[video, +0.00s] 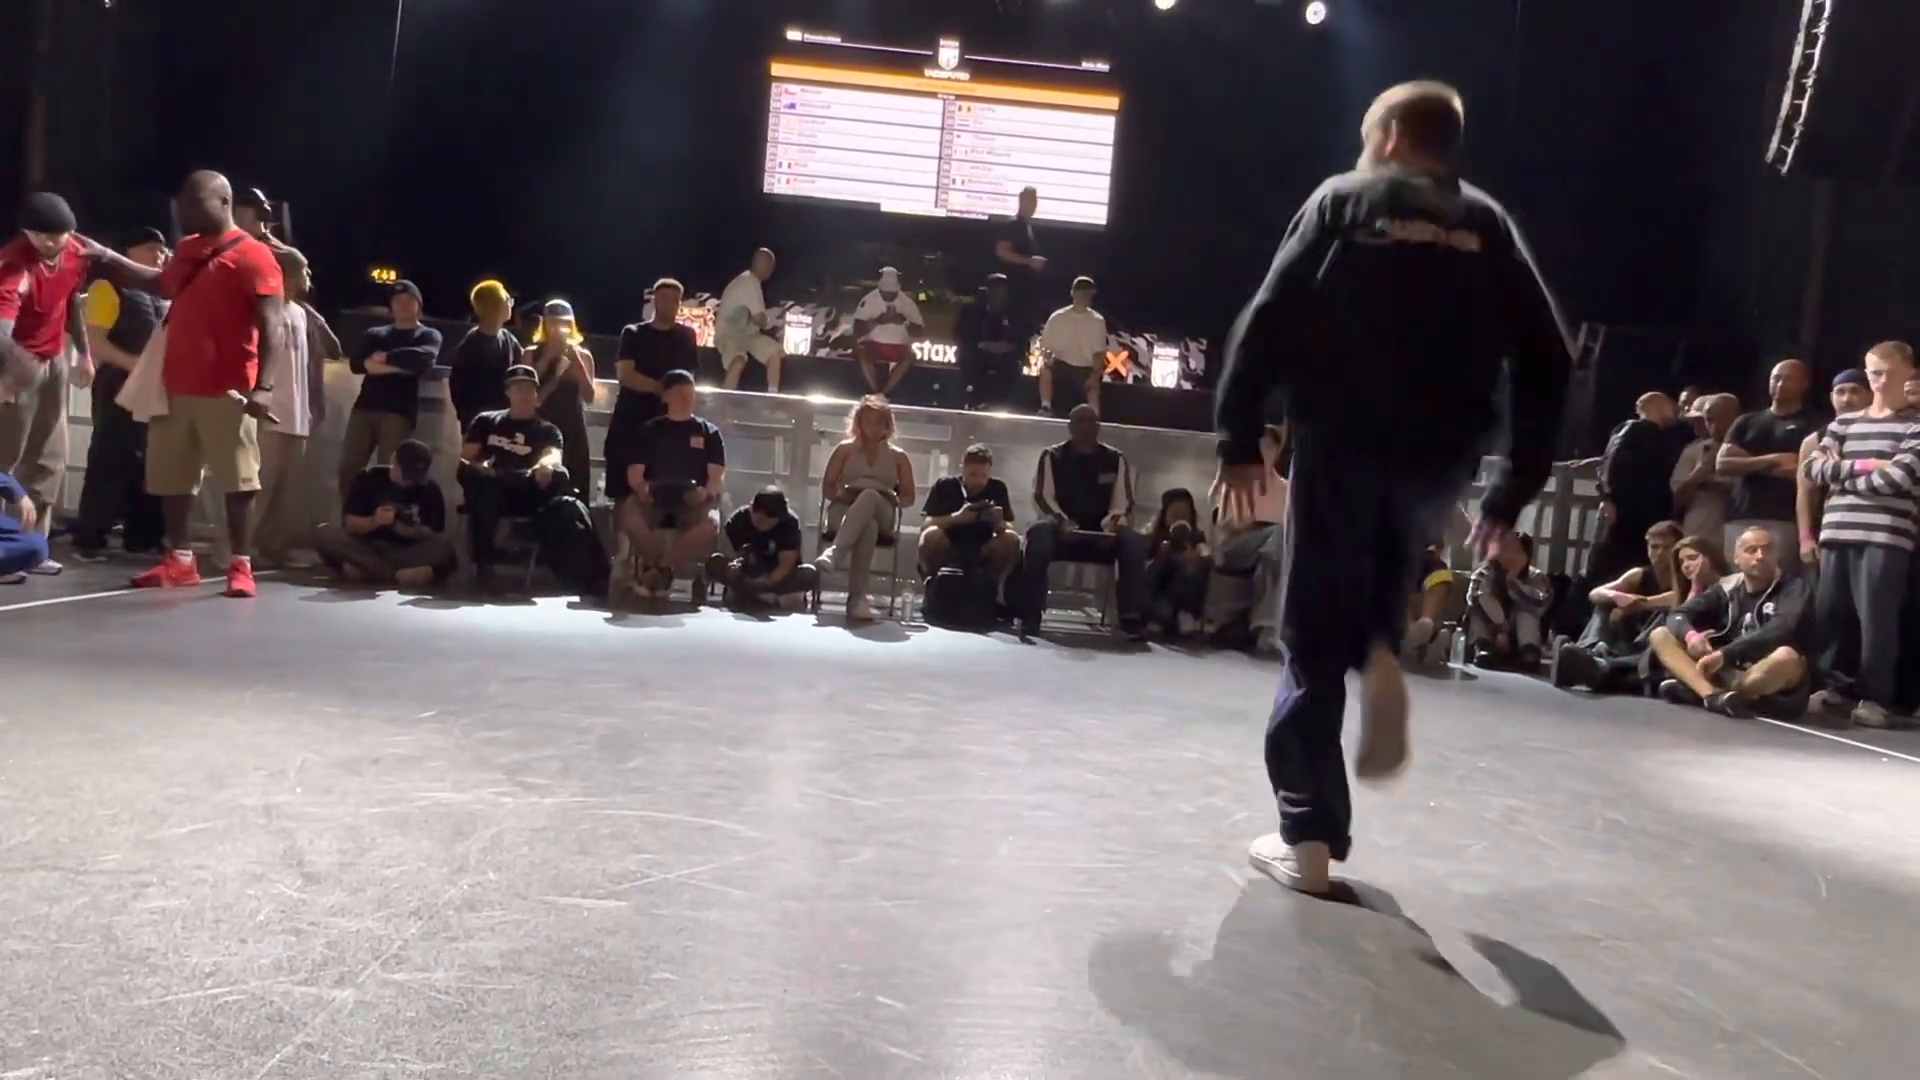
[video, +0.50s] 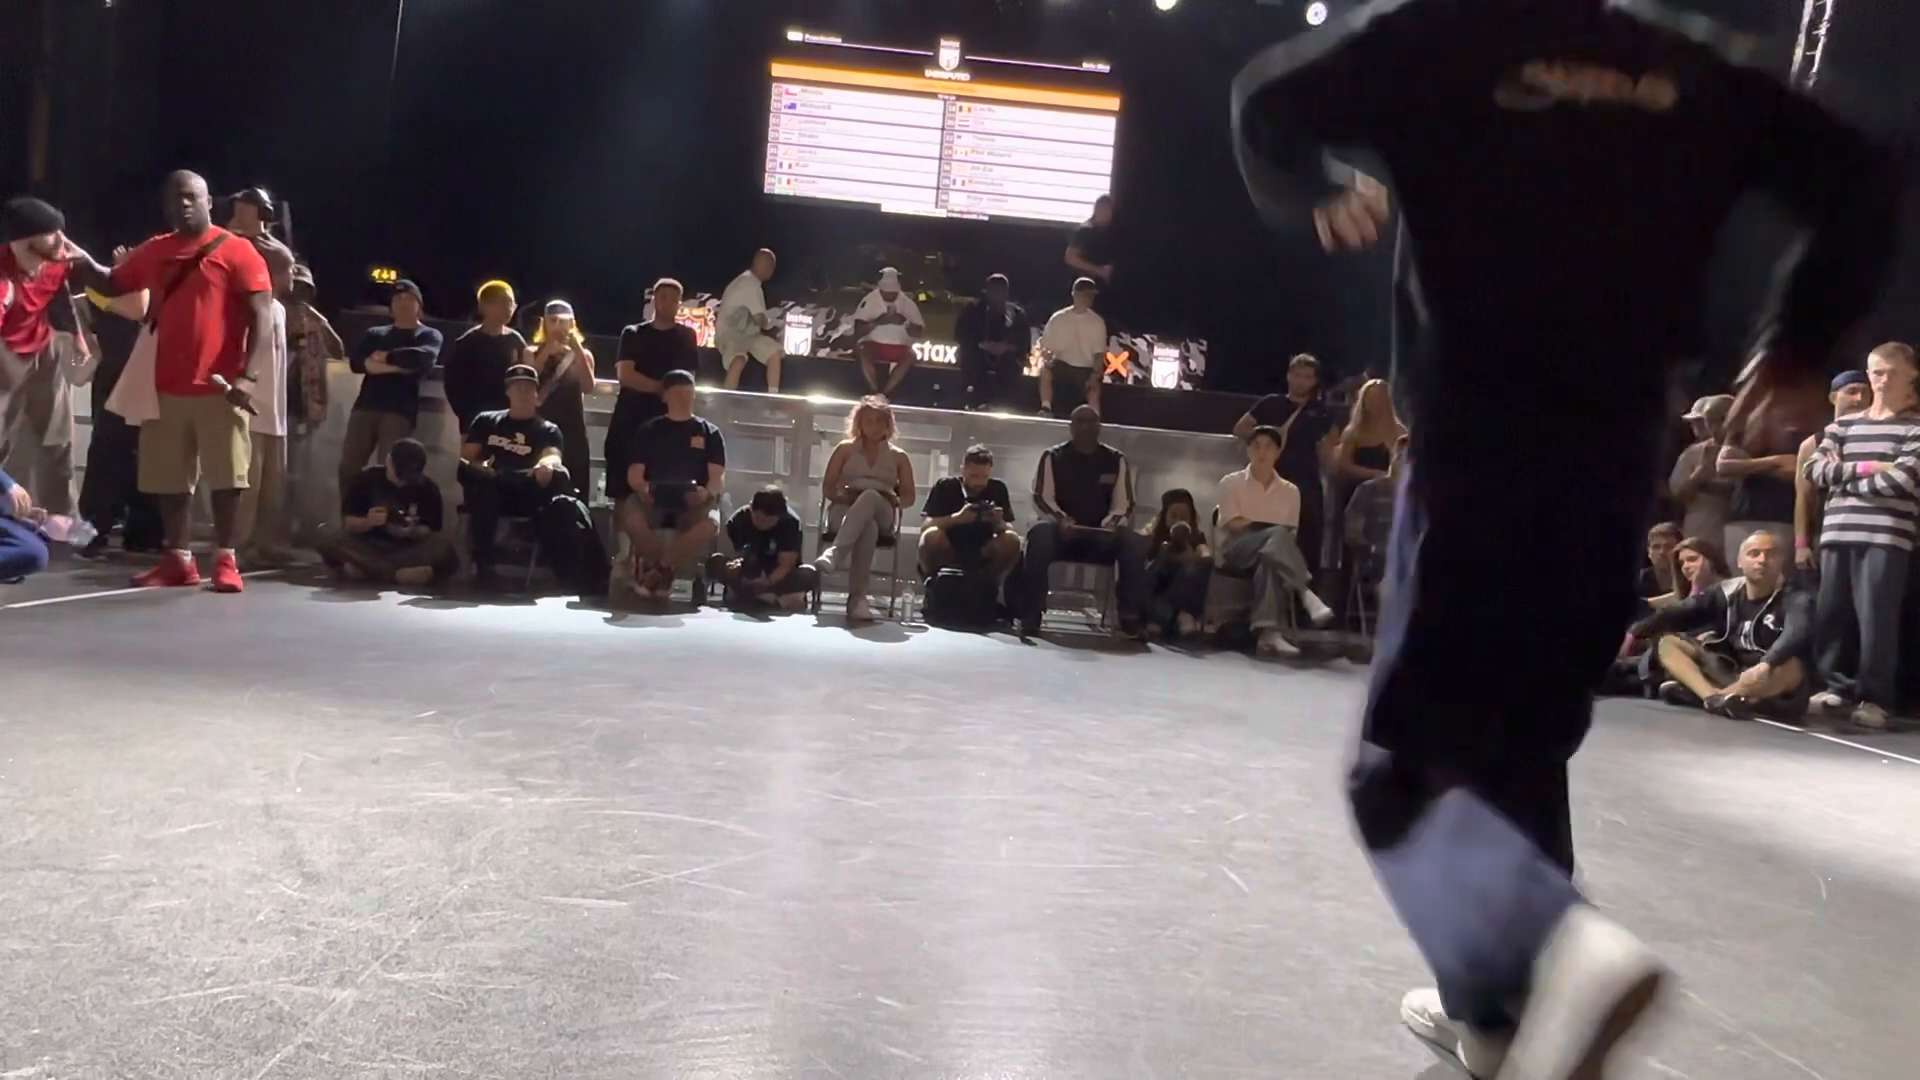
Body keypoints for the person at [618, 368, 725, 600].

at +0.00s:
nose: (685, 397)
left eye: (688, 391)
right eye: (679, 392)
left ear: (694, 395)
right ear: (665, 396)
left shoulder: (709, 432)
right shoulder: (648, 430)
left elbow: (716, 476)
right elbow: (634, 472)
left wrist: (704, 493)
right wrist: (644, 491)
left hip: (691, 492)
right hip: (655, 490)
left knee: (709, 525)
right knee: (630, 514)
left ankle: (658, 570)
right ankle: (661, 569)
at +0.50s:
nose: (684, 397)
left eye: (688, 391)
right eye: (678, 391)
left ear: (694, 395)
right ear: (665, 396)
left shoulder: (710, 432)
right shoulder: (647, 430)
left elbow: (716, 477)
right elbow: (635, 473)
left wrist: (707, 493)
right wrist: (646, 492)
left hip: (692, 494)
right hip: (655, 492)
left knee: (707, 526)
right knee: (632, 514)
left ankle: (659, 570)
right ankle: (661, 572)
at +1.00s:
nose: (683, 397)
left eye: (688, 391)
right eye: (678, 392)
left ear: (695, 395)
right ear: (667, 396)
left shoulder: (710, 432)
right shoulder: (649, 430)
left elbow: (717, 477)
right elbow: (635, 472)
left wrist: (706, 494)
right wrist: (645, 490)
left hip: (692, 493)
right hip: (656, 491)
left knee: (707, 527)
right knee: (633, 515)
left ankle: (658, 570)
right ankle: (663, 572)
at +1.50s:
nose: (680, 400)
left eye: (685, 394)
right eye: (675, 394)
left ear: (692, 397)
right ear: (665, 397)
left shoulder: (708, 437)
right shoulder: (647, 434)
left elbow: (715, 482)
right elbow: (633, 477)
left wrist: (704, 498)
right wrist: (644, 494)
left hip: (690, 499)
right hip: (654, 497)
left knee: (708, 530)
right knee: (630, 520)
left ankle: (659, 574)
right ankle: (662, 575)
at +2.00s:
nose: (671, 405)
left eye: (676, 400)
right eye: (666, 400)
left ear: (684, 402)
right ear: (657, 403)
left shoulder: (699, 441)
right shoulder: (638, 439)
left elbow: (706, 486)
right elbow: (625, 482)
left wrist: (696, 503)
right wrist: (635, 499)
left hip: (681, 503)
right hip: (645, 502)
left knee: (700, 533)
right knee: (621, 524)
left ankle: (653, 579)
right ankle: (654, 581)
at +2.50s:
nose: (659, 412)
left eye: (664, 407)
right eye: (654, 406)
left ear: (671, 409)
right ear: (644, 409)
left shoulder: (687, 447)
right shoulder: (625, 445)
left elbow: (695, 494)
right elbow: (613, 489)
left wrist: (679, 508)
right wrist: (628, 510)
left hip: (670, 509)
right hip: (633, 508)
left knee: (689, 537)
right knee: (608, 527)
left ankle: (642, 581)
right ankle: (639, 584)